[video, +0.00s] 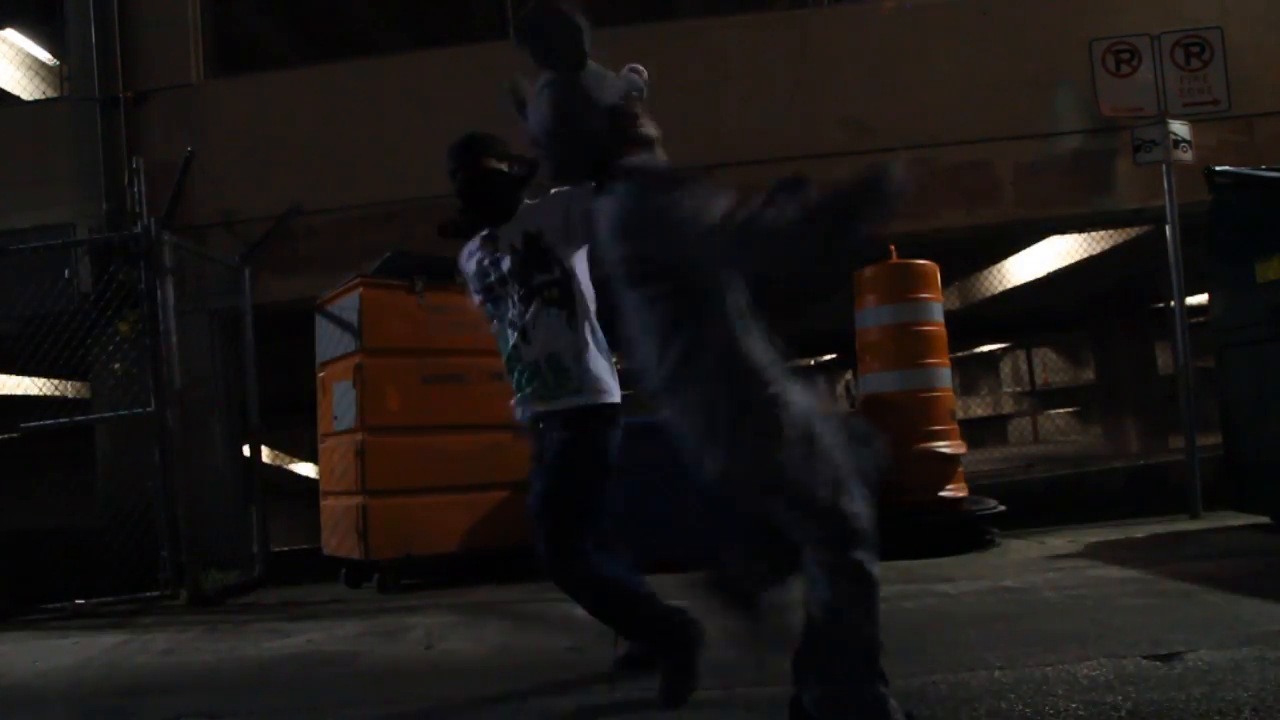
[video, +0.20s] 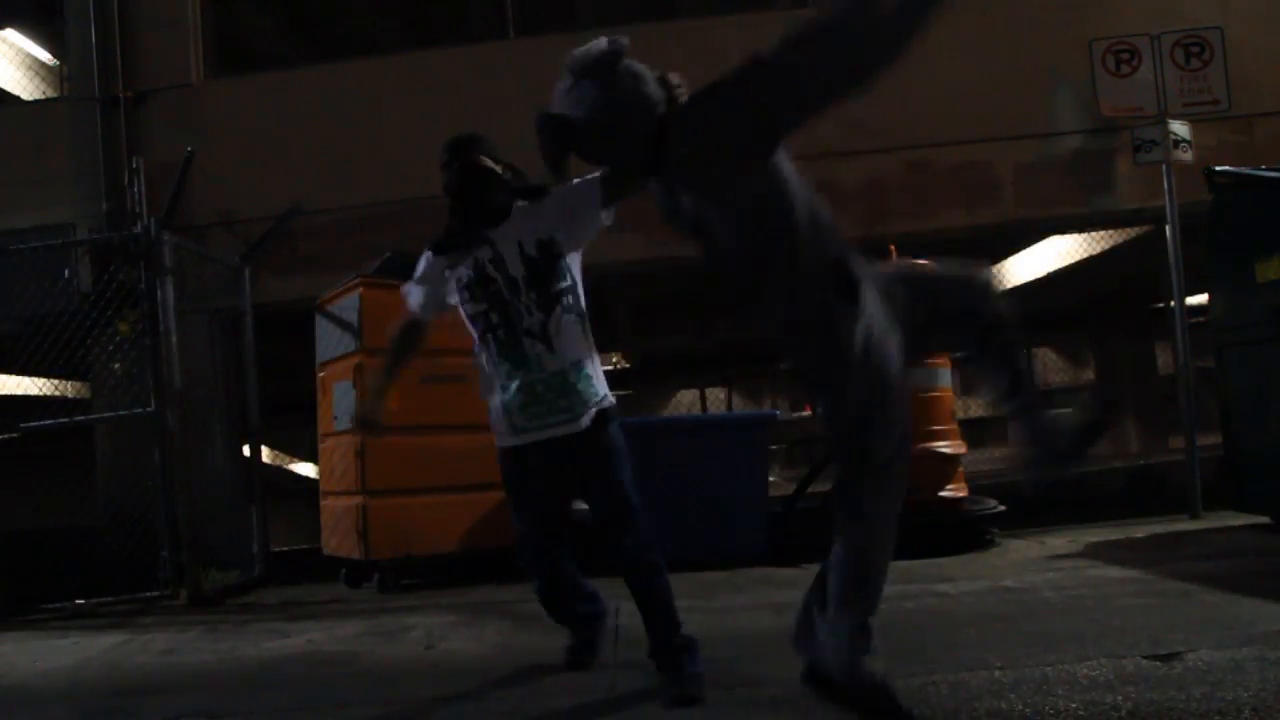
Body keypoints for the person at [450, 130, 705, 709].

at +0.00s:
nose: (471, 195)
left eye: (480, 182)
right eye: (465, 185)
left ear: (509, 178)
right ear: (461, 194)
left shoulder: (554, 218)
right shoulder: (473, 255)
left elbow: (607, 187)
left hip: (588, 404)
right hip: (541, 414)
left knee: (561, 543)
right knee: (569, 541)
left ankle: (668, 634)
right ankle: (644, 636)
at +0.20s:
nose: (474, 180)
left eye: (480, 167)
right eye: (462, 174)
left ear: (504, 174)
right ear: (449, 190)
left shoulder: (552, 214)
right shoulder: (445, 257)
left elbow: (631, 176)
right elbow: (414, 327)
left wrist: (666, 114)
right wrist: (377, 393)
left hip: (588, 414)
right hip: (519, 432)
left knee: (628, 539)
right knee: (543, 555)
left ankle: (675, 657)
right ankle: (585, 619)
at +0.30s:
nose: (482, 177)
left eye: (484, 165)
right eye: (467, 173)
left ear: (501, 173)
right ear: (447, 191)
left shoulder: (547, 212)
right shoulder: (436, 261)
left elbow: (622, 180)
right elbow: (378, 324)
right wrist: (322, 378)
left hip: (588, 416)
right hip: (519, 437)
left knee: (641, 536)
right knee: (541, 556)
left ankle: (668, 658)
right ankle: (561, 643)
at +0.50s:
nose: (494, 169)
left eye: (495, 156)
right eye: (475, 164)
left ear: (507, 158)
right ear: (454, 181)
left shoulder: (553, 203)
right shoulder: (441, 252)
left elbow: (631, 183)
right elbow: (362, 312)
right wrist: (291, 367)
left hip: (580, 413)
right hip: (510, 432)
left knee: (633, 536)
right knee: (524, 560)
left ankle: (668, 663)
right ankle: (500, 672)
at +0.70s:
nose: (552, 171)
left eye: (553, 160)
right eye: (537, 165)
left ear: (559, 165)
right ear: (506, 177)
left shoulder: (587, 215)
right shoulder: (472, 245)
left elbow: (660, 204)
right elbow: (396, 307)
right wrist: (337, 372)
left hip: (560, 415)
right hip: (495, 423)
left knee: (619, 537)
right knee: (528, 548)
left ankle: (661, 661)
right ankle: (452, 679)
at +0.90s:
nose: (604, 197)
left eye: (607, 184)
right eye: (588, 187)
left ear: (610, 184)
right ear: (555, 191)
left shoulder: (616, 240)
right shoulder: (518, 242)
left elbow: (692, 262)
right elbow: (430, 300)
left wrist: (720, 246)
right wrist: (395, 383)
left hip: (546, 419)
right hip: (485, 418)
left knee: (618, 537)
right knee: (534, 553)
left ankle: (646, 664)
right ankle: (505, 703)